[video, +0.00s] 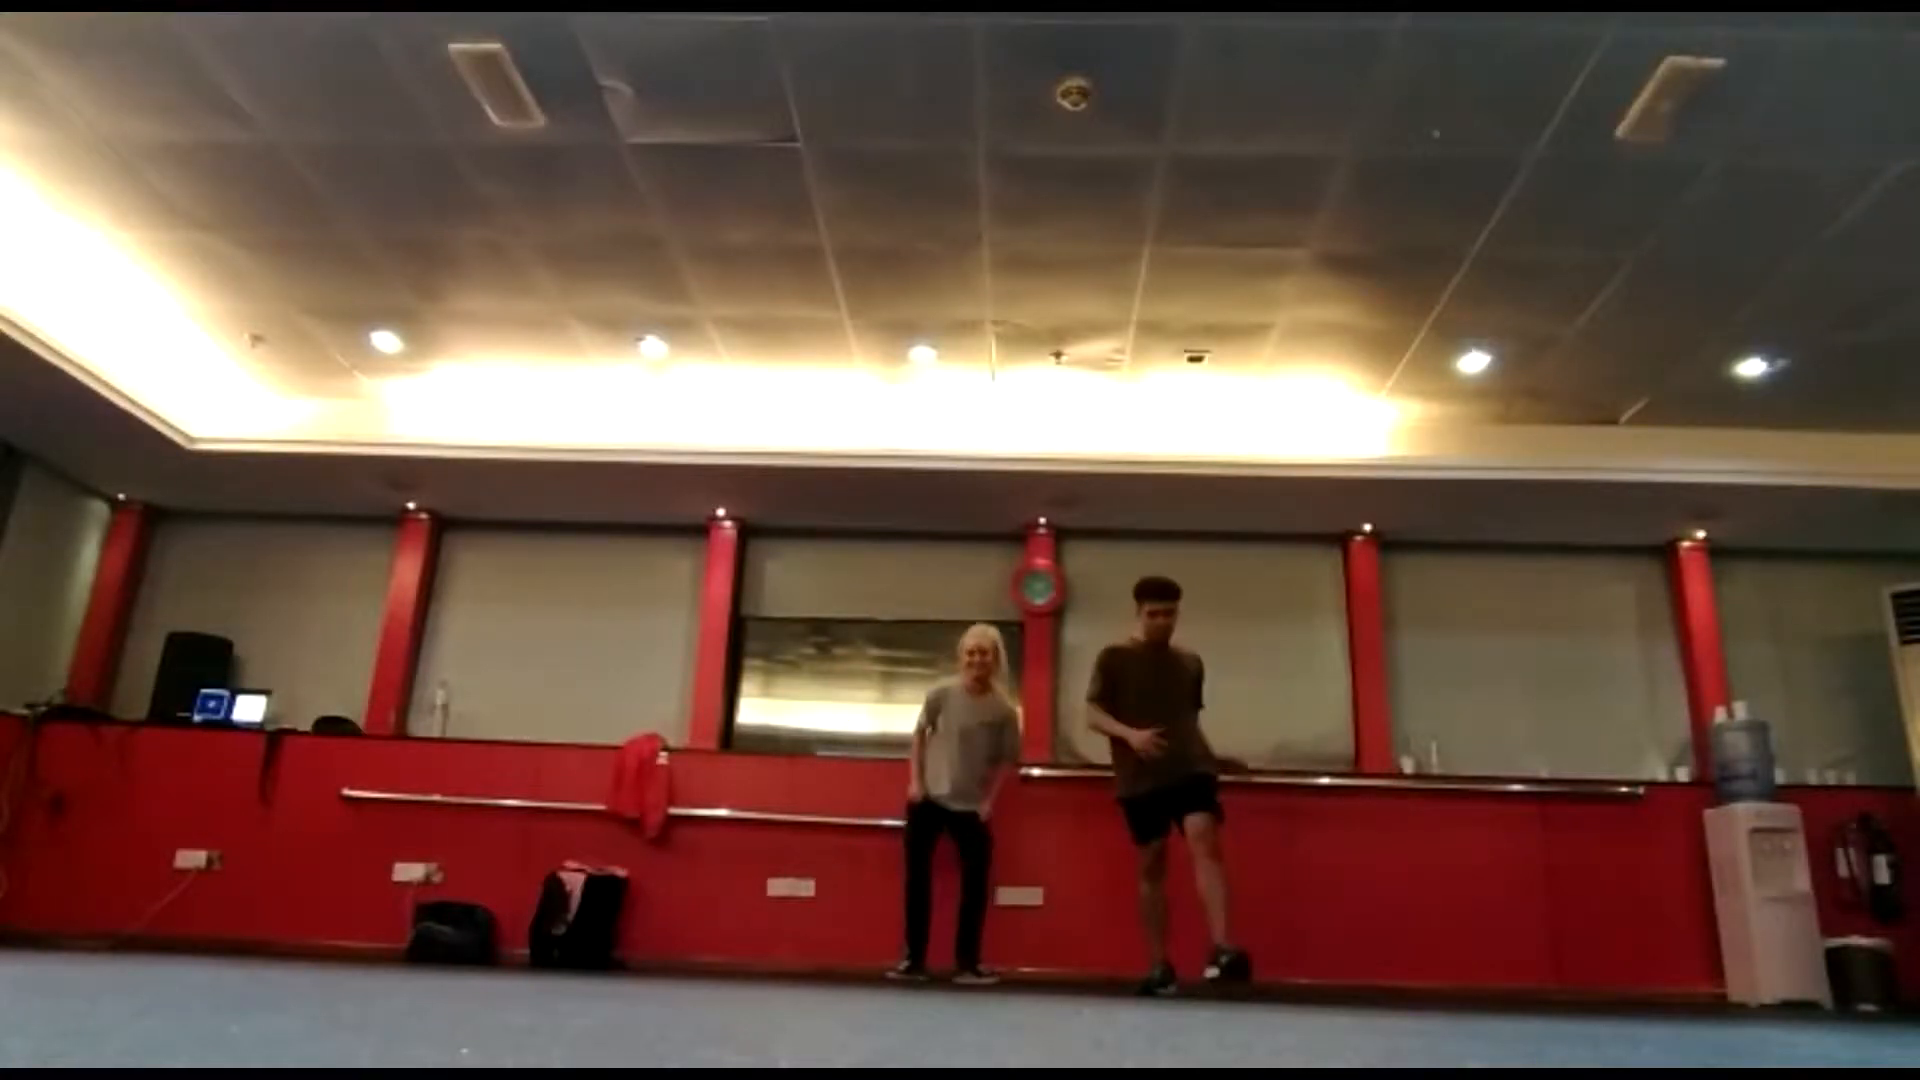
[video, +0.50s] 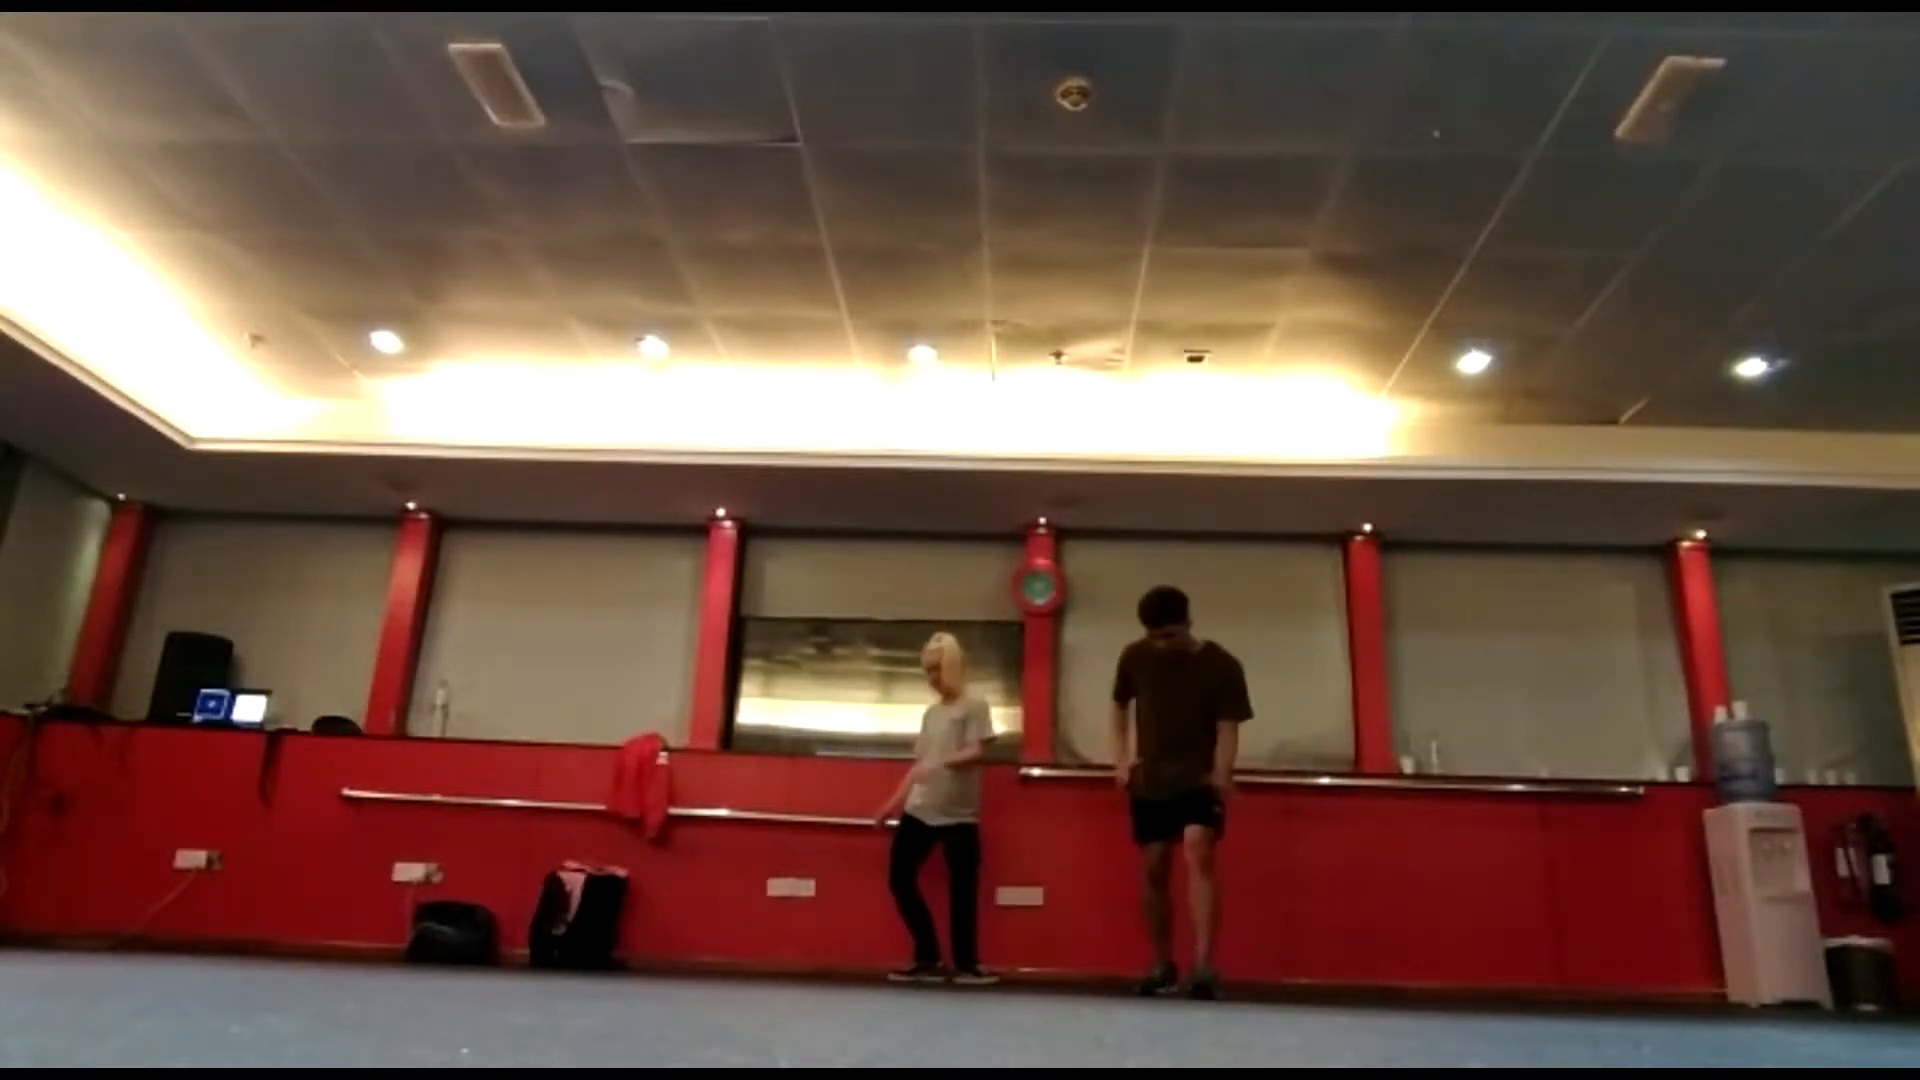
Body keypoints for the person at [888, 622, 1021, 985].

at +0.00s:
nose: (976, 659)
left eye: (984, 653)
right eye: (970, 652)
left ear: (996, 659)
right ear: (960, 656)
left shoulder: (1004, 711)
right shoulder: (940, 696)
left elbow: (1007, 761)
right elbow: (919, 736)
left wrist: (989, 801)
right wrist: (915, 781)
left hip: (971, 809)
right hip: (929, 803)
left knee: (975, 888)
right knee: (917, 883)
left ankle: (967, 963)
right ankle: (914, 958)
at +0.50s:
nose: (930, 677)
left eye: (936, 669)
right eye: (927, 670)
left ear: (954, 667)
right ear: (926, 671)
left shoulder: (974, 707)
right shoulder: (931, 713)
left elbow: (978, 751)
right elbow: (919, 766)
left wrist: (939, 765)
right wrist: (892, 804)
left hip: (959, 817)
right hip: (921, 813)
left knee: (963, 893)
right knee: (901, 879)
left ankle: (964, 963)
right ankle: (927, 958)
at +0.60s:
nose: (926, 672)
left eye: (932, 664)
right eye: (922, 666)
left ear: (950, 663)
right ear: (920, 667)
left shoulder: (970, 703)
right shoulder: (928, 710)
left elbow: (973, 751)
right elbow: (921, 764)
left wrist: (929, 752)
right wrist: (902, 804)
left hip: (959, 814)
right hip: (921, 811)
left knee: (963, 891)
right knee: (903, 878)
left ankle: (965, 963)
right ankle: (927, 958)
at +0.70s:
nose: (919, 661)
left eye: (925, 653)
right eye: (916, 654)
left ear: (943, 654)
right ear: (913, 657)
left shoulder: (961, 692)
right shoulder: (922, 699)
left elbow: (959, 741)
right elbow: (930, 747)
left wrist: (917, 734)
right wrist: (915, 793)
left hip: (962, 801)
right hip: (925, 799)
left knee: (965, 884)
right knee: (913, 874)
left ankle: (964, 961)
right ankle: (927, 957)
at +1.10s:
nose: (907, 674)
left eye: (914, 666)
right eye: (902, 668)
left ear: (929, 667)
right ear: (896, 672)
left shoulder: (945, 704)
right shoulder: (909, 716)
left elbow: (975, 734)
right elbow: (915, 770)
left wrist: (1002, 755)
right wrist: (895, 806)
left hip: (955, 815)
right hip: (917, 815)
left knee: (961, 893)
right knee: (898, 880)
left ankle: (965, 963)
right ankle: (927, 958)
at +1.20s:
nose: (905, 671)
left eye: (912, 664)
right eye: (898, 665)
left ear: (925, 667)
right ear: (890, 671)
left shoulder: (942, 704)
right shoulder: (899, 718)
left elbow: (982, 724)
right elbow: (904, 769)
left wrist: (1018, 742)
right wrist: (890, 815)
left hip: (956, 812)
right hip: (917, 813)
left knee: (965, 890)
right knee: (901, 879)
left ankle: (966, 963)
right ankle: (927, 958)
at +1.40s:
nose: (904, 656)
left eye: (911, 649)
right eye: (897, 649)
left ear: (921, 654)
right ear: (884, 655)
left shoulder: (941, 686)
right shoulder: (884, 705)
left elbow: (985, 701)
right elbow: (885, 757)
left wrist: (1025, 717)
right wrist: (886, 802)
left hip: (959, 796)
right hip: (916, 800)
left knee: (969, 878)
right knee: (916, 882)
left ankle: (968, 957)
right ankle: (926, 957)